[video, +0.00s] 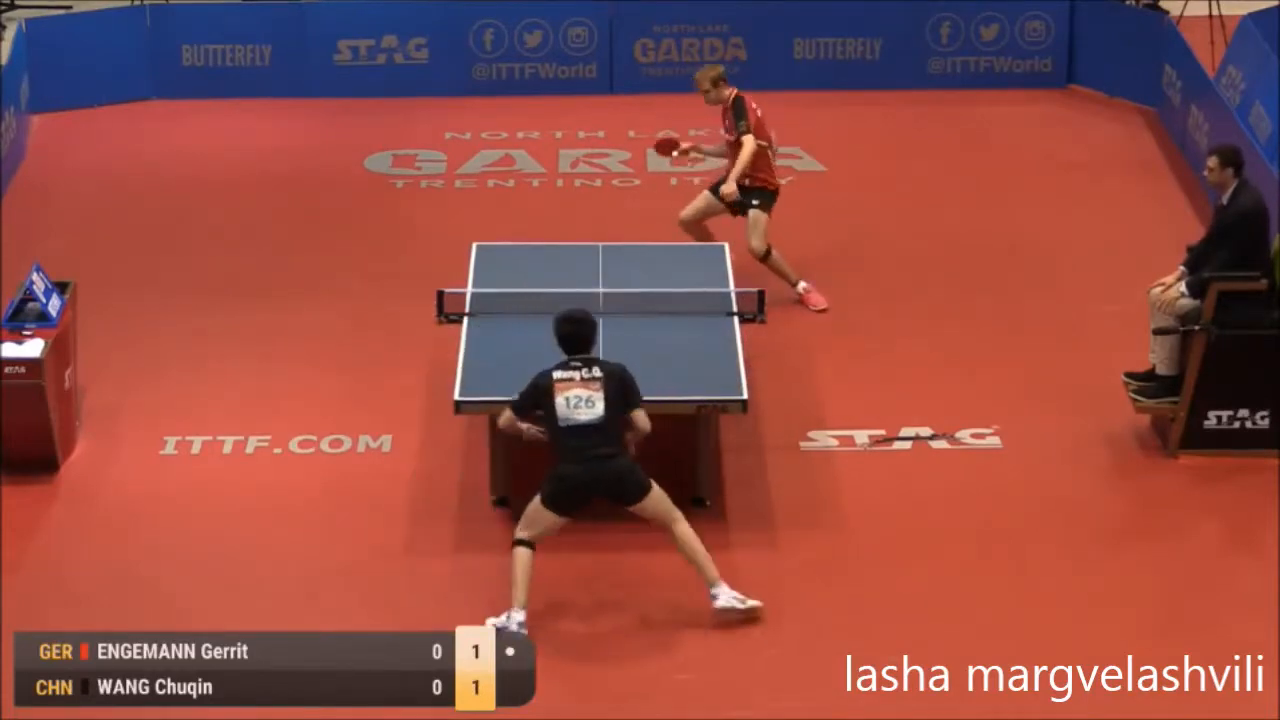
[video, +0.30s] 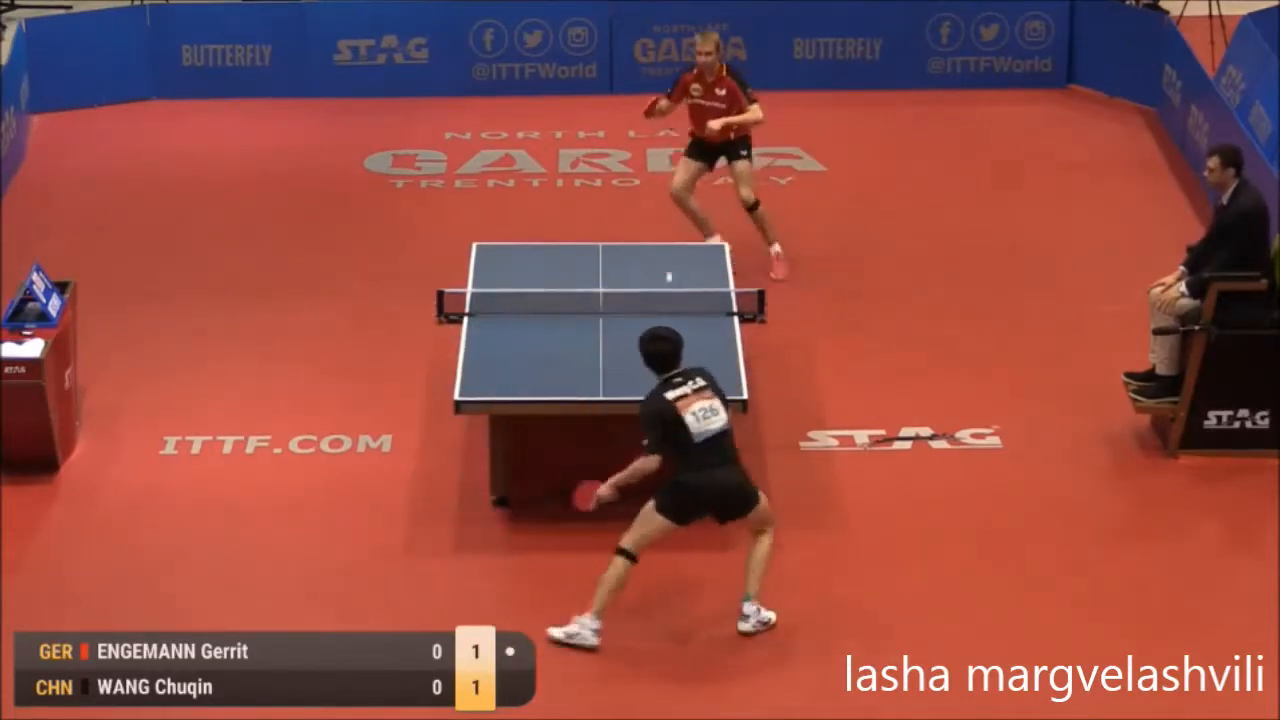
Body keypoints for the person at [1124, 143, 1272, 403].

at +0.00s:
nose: (1205, 175)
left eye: (1211, 170)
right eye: (1206, 169)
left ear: (1229, 171)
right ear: (1223, 172)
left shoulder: (1246, 206)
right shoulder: (1229, 200)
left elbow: (1227, 263)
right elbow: (1209, 244)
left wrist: (1185, 287)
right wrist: (1179, 274)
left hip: (1238, 291)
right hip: (1221, 279)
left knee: (1166, 305)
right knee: (1156, 295)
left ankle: (1169, 378)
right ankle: (1160, 369)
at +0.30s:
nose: (1206, 175)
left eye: (1211, 170)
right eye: (1206, 170)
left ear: (1230, 171)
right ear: (1223, 172)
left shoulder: (1246, 206)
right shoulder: (1229, 200)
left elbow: (1227, 263)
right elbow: (1209, 244)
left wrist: (1185, 287)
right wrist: (1179, 274)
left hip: (1238, 291)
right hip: (1221, 279)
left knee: (1166, 305)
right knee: (1156, 295)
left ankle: (1169, 378)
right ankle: (1160, 369)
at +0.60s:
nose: (1207, 175)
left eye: (1213, 169)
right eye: (1207, 169)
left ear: (1232, 170)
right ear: (1225, 172)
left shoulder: (1245, 205)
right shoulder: (1231, 199)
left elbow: (1221, 257)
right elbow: (1210, 244)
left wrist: (1178, 279)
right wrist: (1177, 272)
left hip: (1236, 288)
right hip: (1222, 278)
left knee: (1165, 307)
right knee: (1157, 296)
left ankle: (1168, 378)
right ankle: (1160, 369)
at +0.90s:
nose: (1208, 170)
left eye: (1215, 166)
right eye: (1210, 164)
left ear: (1233, 174)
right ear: (1227, 173)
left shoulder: (1249, 205)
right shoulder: (1226, 199)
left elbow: (1229, 264)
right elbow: (1205, 240)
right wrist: (1173, 274)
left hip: (1240, 291)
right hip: (1222, 279)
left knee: (1167, 307)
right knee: (1158, 297)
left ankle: (1168, 378)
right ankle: (1159, 370)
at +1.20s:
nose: (1208, 172)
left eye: (1215, 168)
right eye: (1209, 166)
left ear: (1233, 174)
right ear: (1226, 173)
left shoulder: (1249, 205)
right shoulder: (1225, 200)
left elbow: (1229, 264)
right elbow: (1205, 240)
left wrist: (1183, 288)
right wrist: (1173, 274)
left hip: (1241, 292)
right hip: (1223, 280)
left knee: (1168, 307)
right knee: (1158, 296)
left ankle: (1168, 378)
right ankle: (1159, 370)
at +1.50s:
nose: (1208, 173)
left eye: (1215, 168)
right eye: (1209, 167)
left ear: (1233, 174)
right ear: (1225, 174)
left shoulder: (1249, 206)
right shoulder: (1225, 201)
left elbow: (1229, 265)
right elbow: (1204, 241)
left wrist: (1183, 288)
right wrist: (1173, 274)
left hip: (1241, 292)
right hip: (1222, 281)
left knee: (1168, 307)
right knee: (1158, 297)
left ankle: (1168, 379)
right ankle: (1159, 370)